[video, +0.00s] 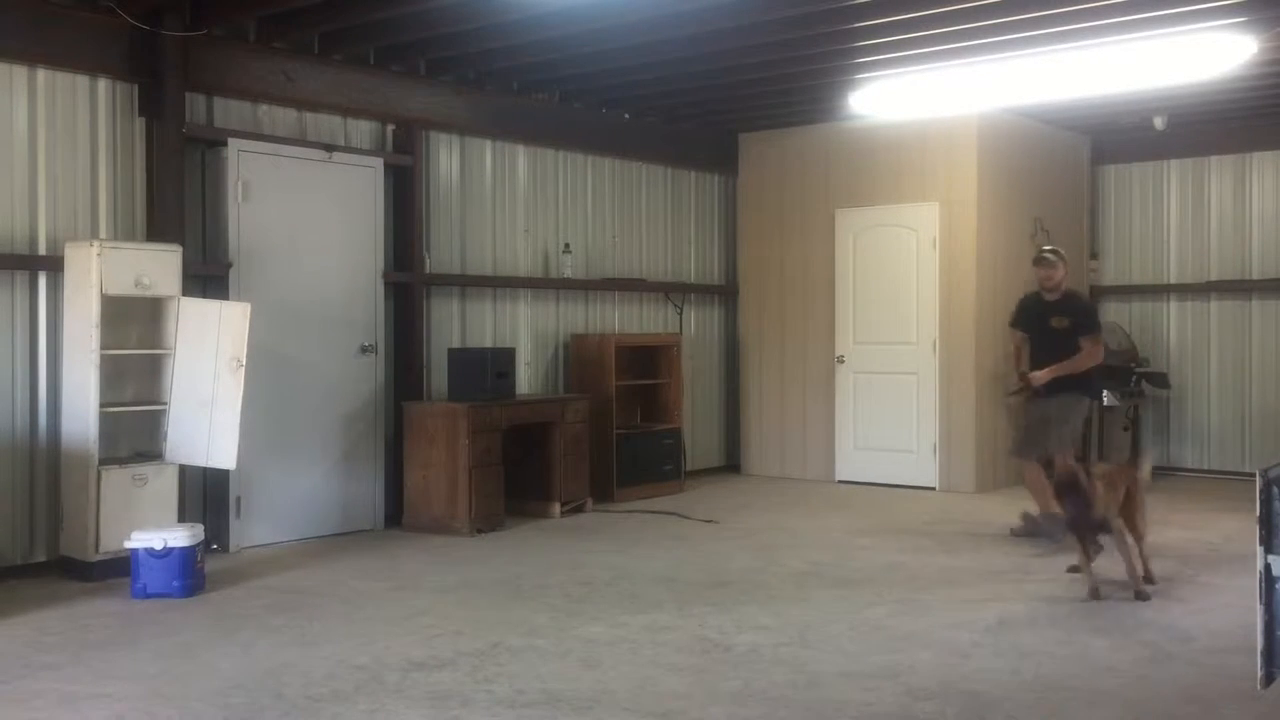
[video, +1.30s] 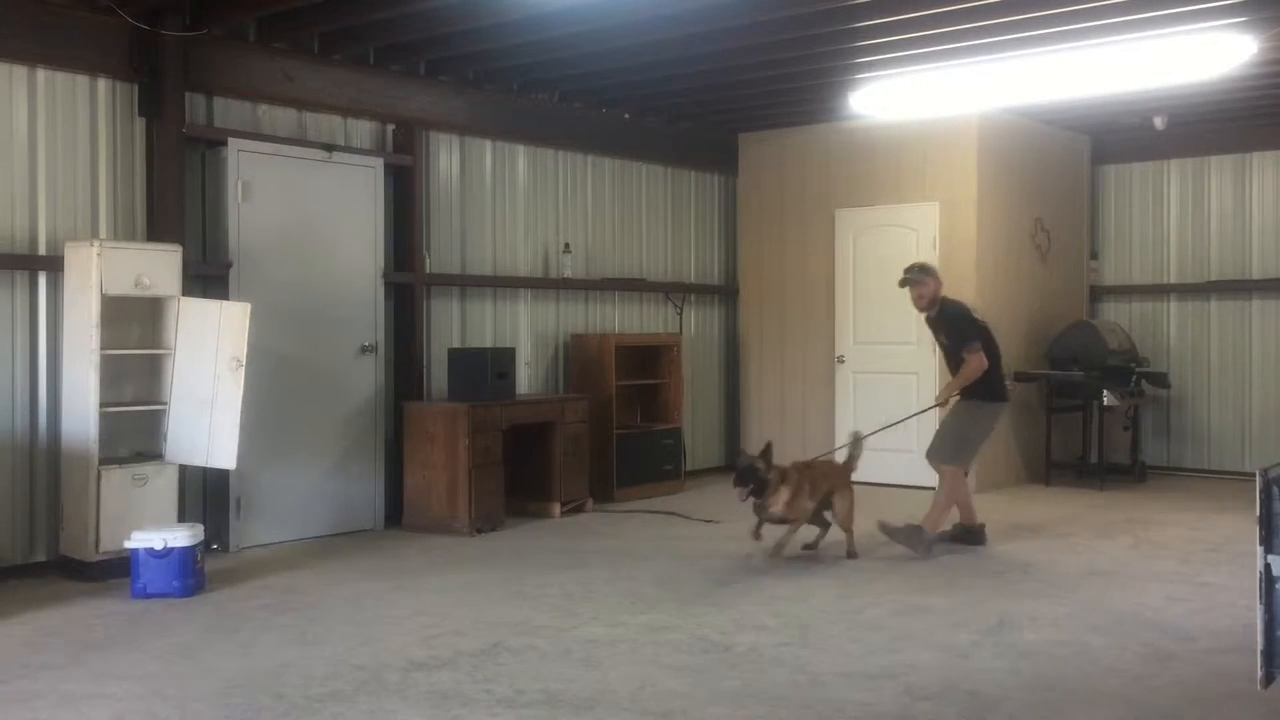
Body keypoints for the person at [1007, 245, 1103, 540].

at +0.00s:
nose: (1047, 275)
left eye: (1053, 269)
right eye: (1041, 269)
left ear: (1064, 271)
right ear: (1035, 273)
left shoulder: (1080, 305)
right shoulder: (1029, 304)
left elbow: (1095, 353)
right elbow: (1019, 342)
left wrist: (1049, 373)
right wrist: (1022, 374)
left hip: (1074, 392)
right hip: (1041, 391)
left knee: (1062, 454)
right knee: (1028, 456)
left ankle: (1075, 517)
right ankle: (1049, 517)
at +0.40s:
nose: (1005, 279)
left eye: (1011, 273)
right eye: (999, 274)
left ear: (1025, 275)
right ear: (994, 279)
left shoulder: (1045, 307)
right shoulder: (1001, 307)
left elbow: (1069, 353)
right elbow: (1028, 342)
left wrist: (1035, 378)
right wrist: (1027, 372)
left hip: (1057, 393)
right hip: (1030, 392)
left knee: (1039, 461)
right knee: (1014, 458)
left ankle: (1046, 529)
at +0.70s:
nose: (986, 277)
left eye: (992, 270)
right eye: (981, 272)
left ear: (1008, 272)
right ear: (978, 277)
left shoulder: (1025, 302)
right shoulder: (994, 305)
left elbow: (1032, 355)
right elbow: (1019, 346)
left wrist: (990, 378)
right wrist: (1012, 375)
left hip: (1051, 387)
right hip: (1026, 386)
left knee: (1024, 455)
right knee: (996, 449)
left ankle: (1037, 533)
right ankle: (1038, 509)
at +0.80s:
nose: (978, 274)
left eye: (984, 268)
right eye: (973, 269)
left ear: (1000, 270)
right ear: (969, 275)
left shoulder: (1014, 299)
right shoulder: (988, 303)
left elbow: (1013, 355)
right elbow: (1010, 349)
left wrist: (974, 386)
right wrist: (1000, 375)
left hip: (1043, 387)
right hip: (1019, 386)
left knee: (1016, 457)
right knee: (989, 446)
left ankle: (1037, 533)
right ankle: (1013, 517)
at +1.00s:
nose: (953, 278)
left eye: (959, 271)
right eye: (948, 273)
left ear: (974, 273)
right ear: (945, 279)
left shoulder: (988, 301)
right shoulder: (967, 307)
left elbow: (993, 355)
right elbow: (987, 352)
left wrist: (956, 387)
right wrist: (979, 379)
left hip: (1018, 389)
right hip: (997, 389)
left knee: (986, 453)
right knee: (967, 450)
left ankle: (1021, 518)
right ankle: (972, 524)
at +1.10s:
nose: (941, 284)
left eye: (946, 277)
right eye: (937, 279)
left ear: (961, 278)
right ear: (935, 284)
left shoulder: (977, 307)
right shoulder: (957, 309)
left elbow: (989, 357)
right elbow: (981, 356)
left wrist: (953, 388)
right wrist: (967, 385)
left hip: (1000, 391)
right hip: (991, 390)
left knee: (953, 450)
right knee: (969, 450)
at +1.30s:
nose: (916, 292)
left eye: (922, 285)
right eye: (912, 287)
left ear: (938, 285)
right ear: (909, 291)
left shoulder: (952, 314)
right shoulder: (936, 317)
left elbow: (979, 362)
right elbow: (962, 359)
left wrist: (949, 390)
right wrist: (953, 391)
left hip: (985, 397)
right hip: (973, 396)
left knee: (949, 460)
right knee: (943, 458)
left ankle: (925, 532)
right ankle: (970, 526)